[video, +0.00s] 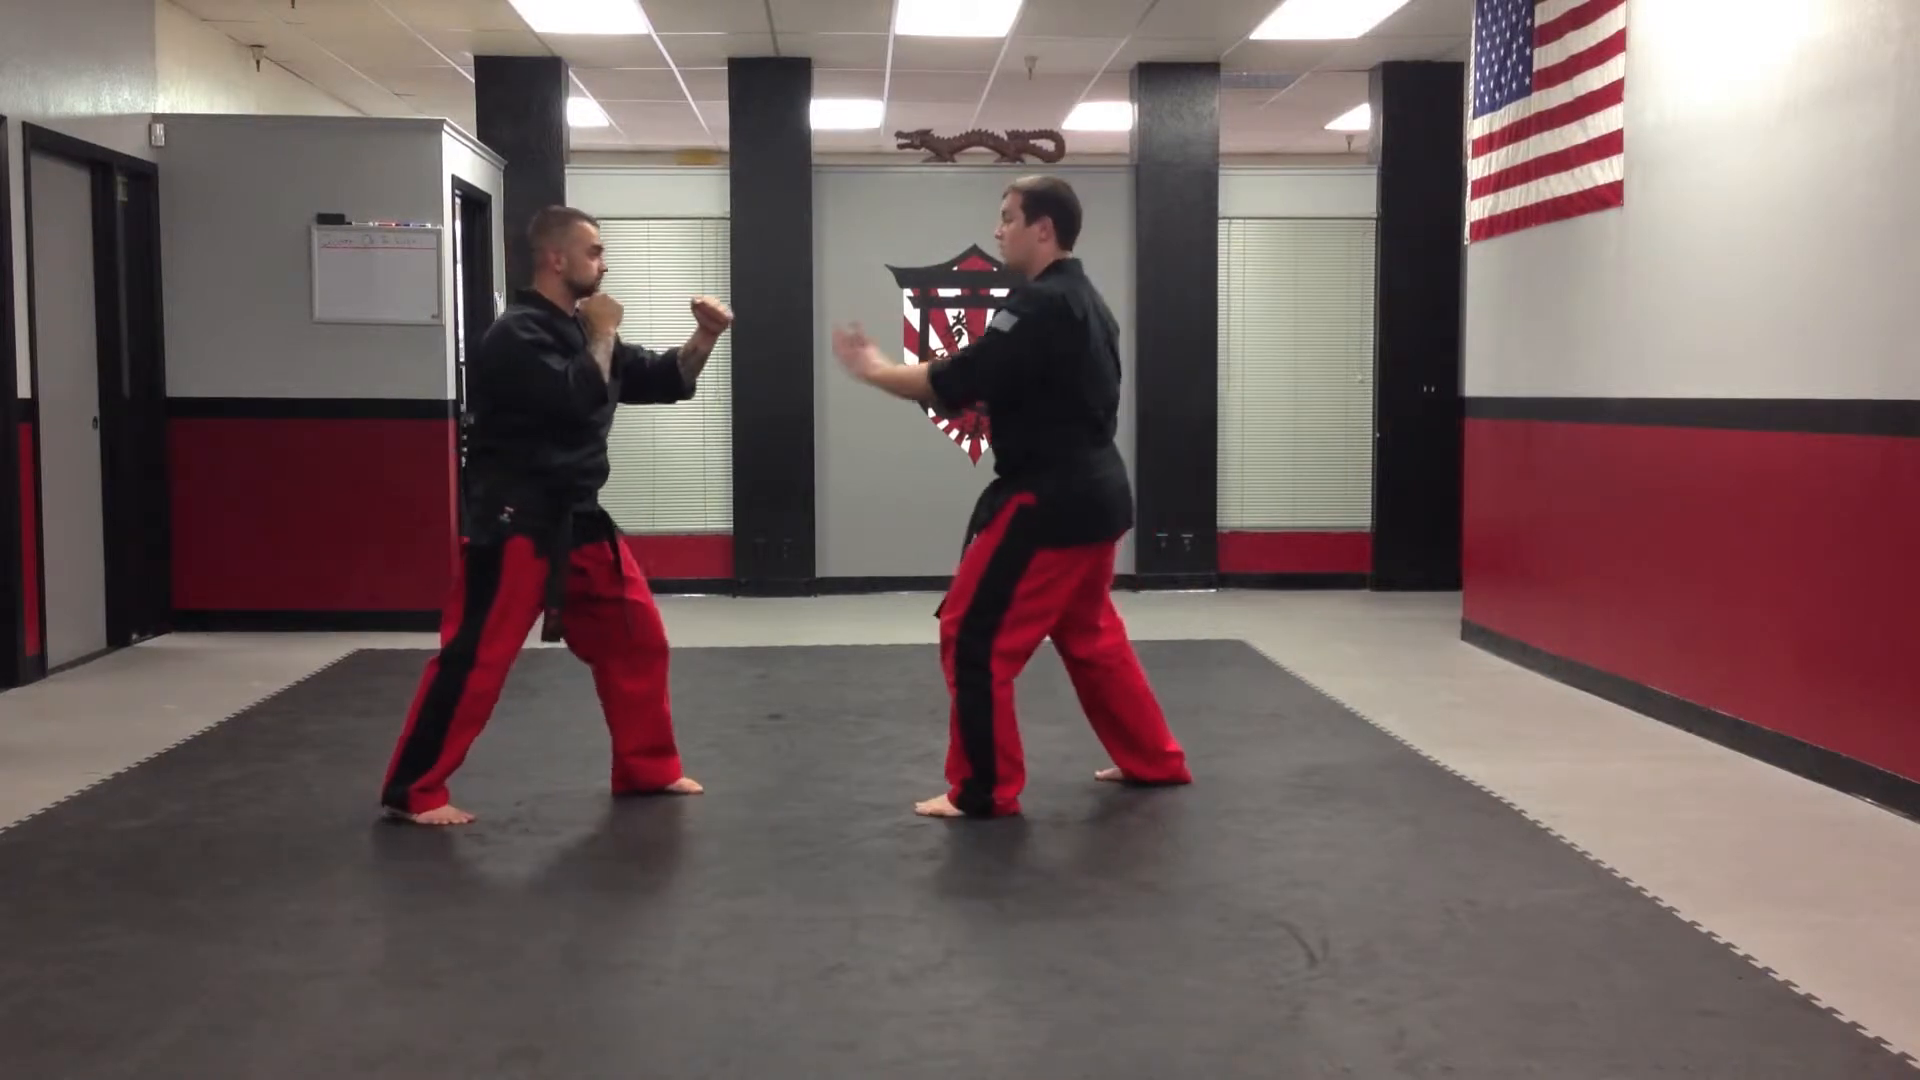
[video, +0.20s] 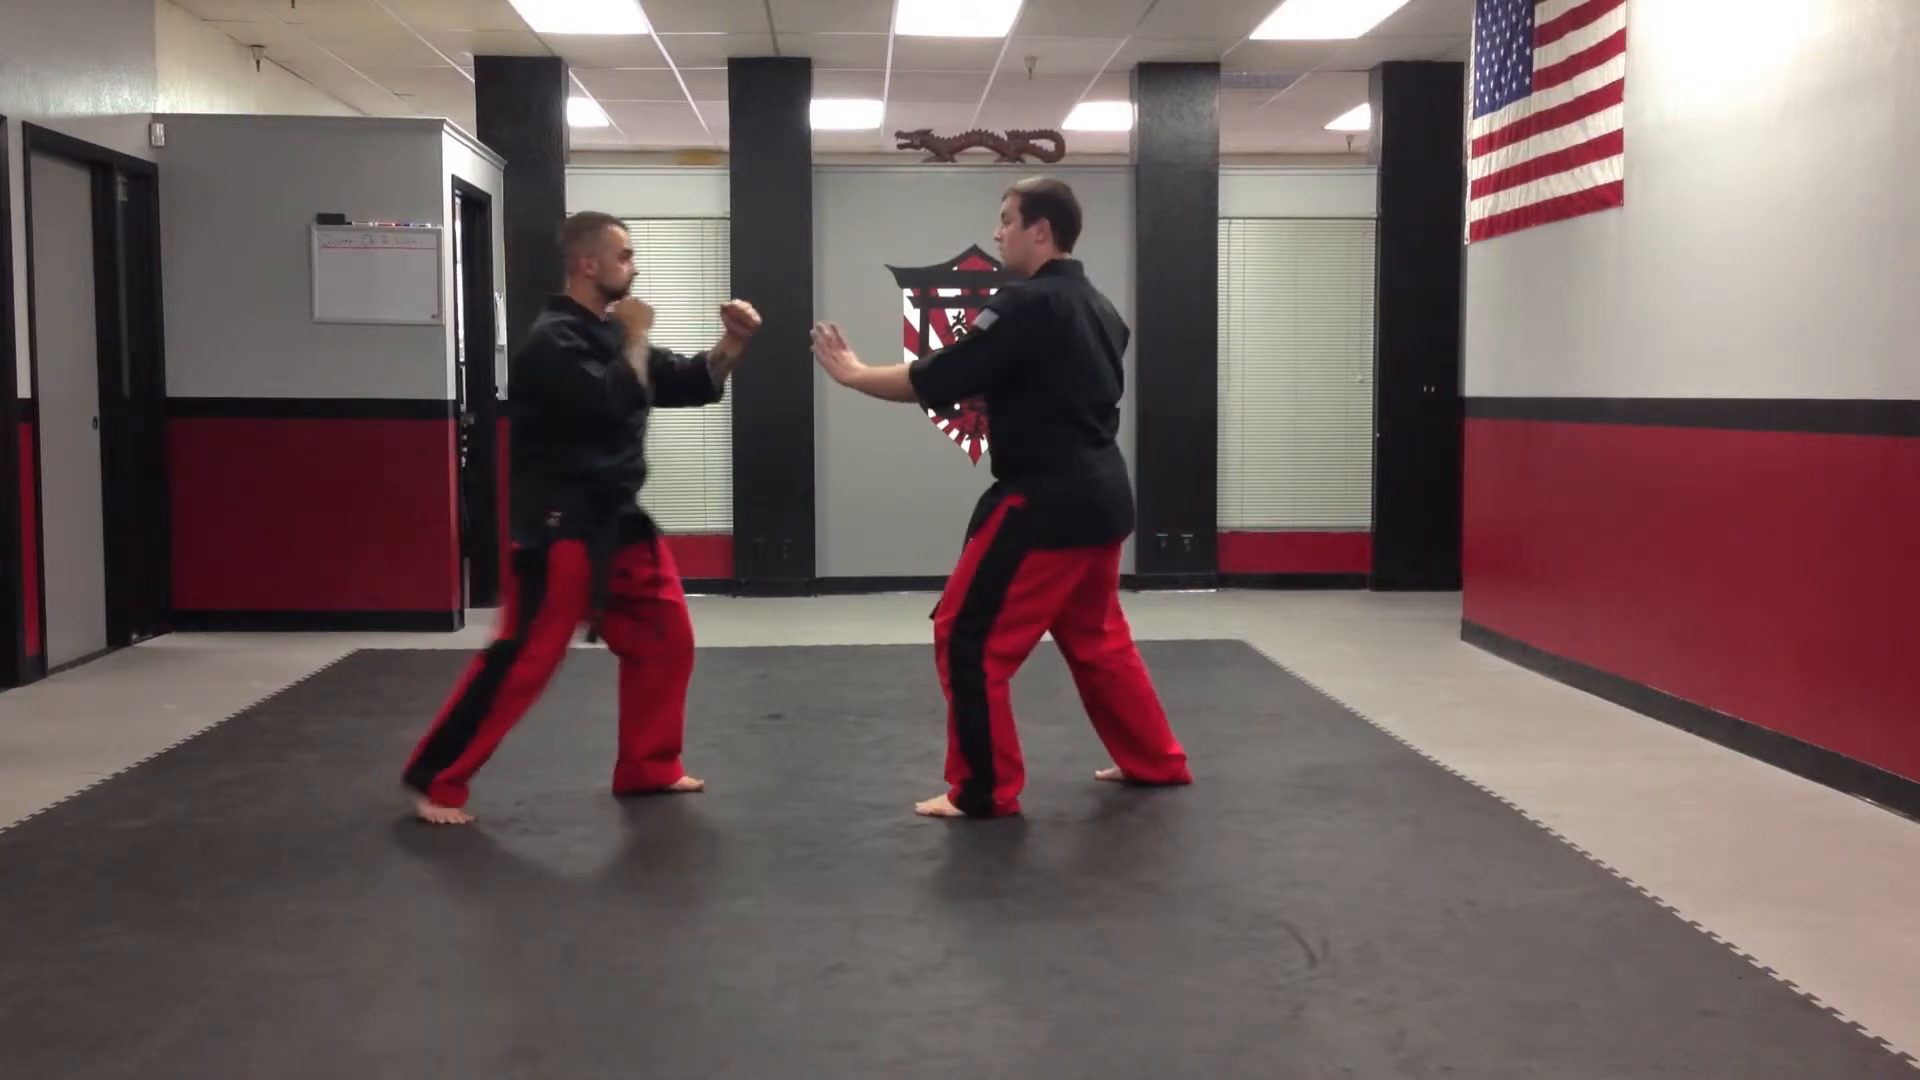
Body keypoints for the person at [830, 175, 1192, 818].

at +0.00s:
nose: (997, 232)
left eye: (1006, 220)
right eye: (1000, 219)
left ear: (1043, 229)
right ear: (1050, 233)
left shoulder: (1043, 304)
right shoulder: (1082, 299)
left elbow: (953, 380)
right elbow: (1050, 393)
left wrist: (875, 370)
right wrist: (983, 403)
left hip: (1044, 503)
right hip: (1093, 496)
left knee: (970, 635)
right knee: (1087, 627)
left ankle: (984, 792)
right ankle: (1154, 759)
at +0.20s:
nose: (997, 237)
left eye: (1005, 223)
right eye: (999, 223)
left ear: (1041, 231)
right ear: (1055, 235)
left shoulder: (1033, 304)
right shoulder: (1094, 303)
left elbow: (934, 379)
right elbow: (1066, 395)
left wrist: (854, 373)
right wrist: (994, 405)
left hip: (1041, 505)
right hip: (1098, 499)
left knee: (964, 636)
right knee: (1095, 635)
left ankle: (983, 792)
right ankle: (1156, 761)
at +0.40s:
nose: (1002, 236)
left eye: (1010, 224)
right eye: (1006, 224)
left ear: (1041, 231)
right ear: (1067, 234)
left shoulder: (1016, 304)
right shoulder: (1111, 307)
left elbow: (914, 368)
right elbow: (1094, 380)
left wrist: (841, 367)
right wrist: (1003, 389)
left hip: (1043, 506)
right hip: (1116, 502)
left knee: (972, 639)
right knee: (1126, 638)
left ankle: (984, 792)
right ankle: (1176, 764)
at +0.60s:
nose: (1039, 239)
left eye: (1045, 226)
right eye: (1041, 226)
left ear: (1075, 231)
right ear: (1103, 234)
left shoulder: (1048, 291)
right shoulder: (1153, 307)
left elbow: (951, 313)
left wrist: (915, 287)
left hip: (1074, 504)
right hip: (1151, 503)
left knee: (1003, 644)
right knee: (1169, 637)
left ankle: (987, 794)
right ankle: (1233, 772)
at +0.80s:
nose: (1066, 252)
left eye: (1072, 239)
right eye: (1067, 240)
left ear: (1103, 240)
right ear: (1131, 242)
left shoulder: (1086, 307)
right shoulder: (1195, 309)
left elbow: (1022, 376)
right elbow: (1229, 403)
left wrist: (986, 315)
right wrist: (1162, 410)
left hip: (1103, 509)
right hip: (1187, 508)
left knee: (1037, 638)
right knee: (1195, 642)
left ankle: (1038, 779)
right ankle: (1232, 775)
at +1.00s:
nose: (1058, 261)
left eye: (1065, 248)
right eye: (1060, 249)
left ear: (1097, 250)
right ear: (1118, 253)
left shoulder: (1084, 318)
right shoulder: (1190, 316)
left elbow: (1033, 402)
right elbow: (1231, 407)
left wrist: (996, 374)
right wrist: (1168, 392)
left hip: (1104, 515)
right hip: (1188, 514)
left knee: (1044, 643)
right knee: (1196, 644)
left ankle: (1014, 776)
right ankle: (1234, 776)